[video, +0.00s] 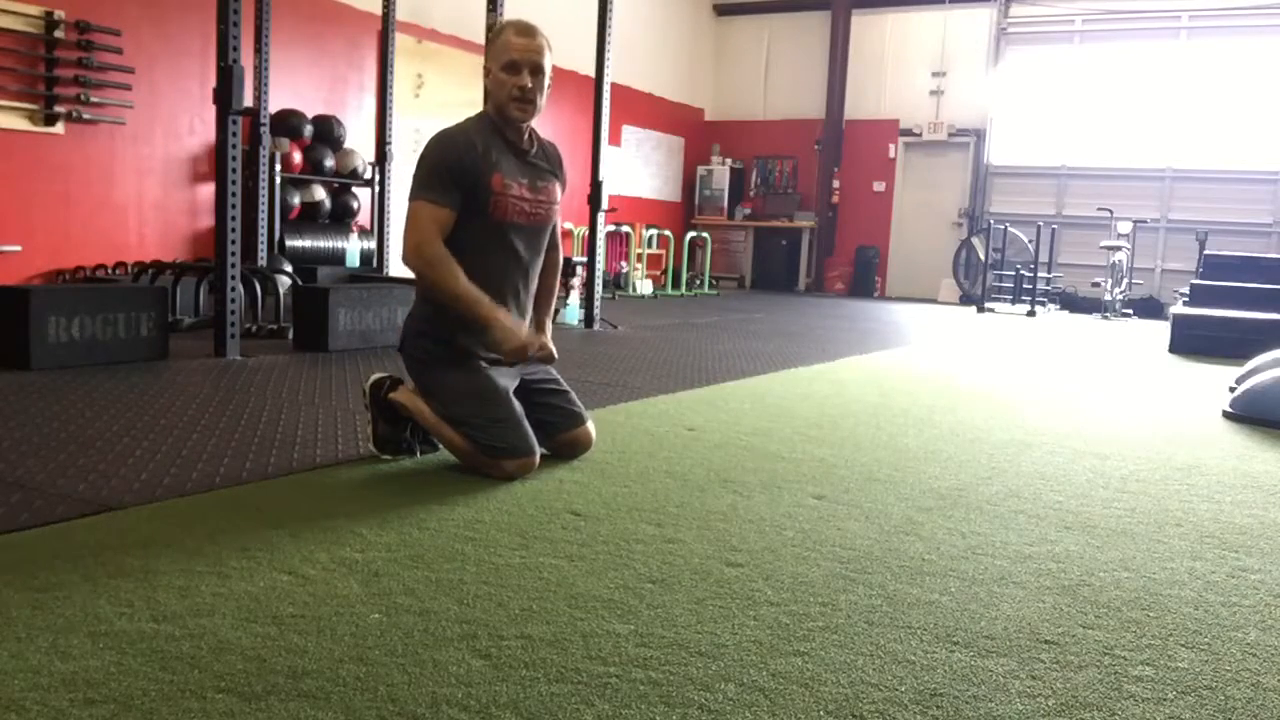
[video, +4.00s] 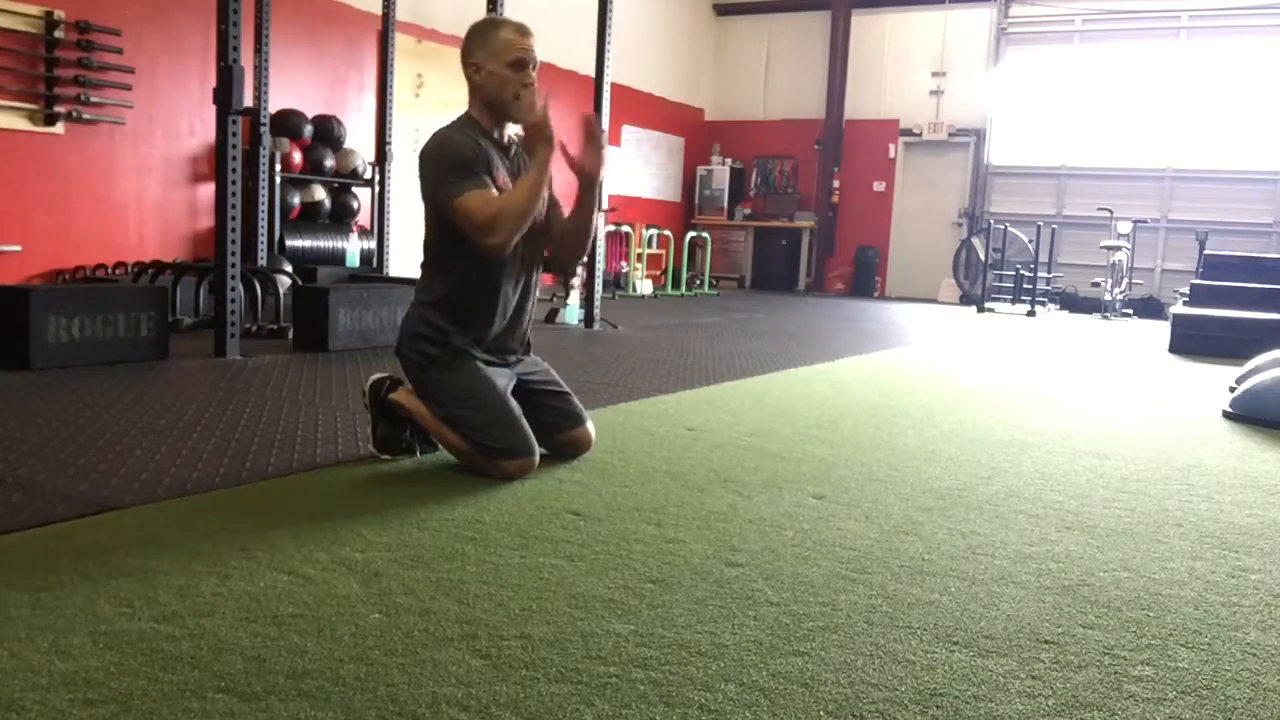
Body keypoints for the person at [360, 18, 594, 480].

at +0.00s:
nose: (524, 82)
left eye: (536, 71)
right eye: (510, 69)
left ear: (549, 80)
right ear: (486, 74)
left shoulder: (548, 157)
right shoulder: (454, 147)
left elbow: (550, 246)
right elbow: (420, 247)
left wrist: (542, 326)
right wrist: (495, 320)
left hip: (515, 340)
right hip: (449, 346)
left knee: (574, 439)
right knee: (515, 462)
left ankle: (444, 413)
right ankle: (399, 400)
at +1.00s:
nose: (538, 87)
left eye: (549, 77)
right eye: (525, 70)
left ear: (556, 87)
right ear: (493, 72)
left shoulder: (548, 160)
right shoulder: (456, 152)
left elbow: (549, 247)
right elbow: (420, 256)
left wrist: (543, 328)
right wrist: (493, 330)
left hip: (513, 338)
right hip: (447, 345)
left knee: (573, 439)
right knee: (514, 463)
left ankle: (445, 411)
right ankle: (398, 399)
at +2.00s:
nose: (559, 93)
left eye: (567, 83)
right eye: (546, 79)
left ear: (574, 89)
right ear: (512, 76)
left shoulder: (561, 170)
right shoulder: (469, 156)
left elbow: (558, 250)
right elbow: (437, 265)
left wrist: (554, 332)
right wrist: (489, 352)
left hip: (510, 342)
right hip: (445, 344)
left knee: (574, 439)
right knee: (514, 463)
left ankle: (445, 411)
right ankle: (398, 398)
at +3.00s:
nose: (562, 78)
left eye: (572, 68)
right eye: (549, 63)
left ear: (579, 80)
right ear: (518, 68)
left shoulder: (573, 162)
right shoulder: (485, 145)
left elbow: (565, 258)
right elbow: (466, 255)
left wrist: (568, 342)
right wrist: (525, 349)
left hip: (518, 336)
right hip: (455, 337)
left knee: (574, 440)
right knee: (515, 463)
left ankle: (448, 407)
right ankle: (401, 396)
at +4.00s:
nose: (531, 78)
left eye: (534, 66)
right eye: (518, 65)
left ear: (537, 73)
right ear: (475, 71)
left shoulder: (521, 155)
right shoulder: (450, 147)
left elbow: (565, 253)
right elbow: (495, 234)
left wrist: (590, 184)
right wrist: (540, 158)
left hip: (508, 346)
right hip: (447, 348)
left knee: (573, 439)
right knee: (514, 462)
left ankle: (443, 411)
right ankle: (398, 400)